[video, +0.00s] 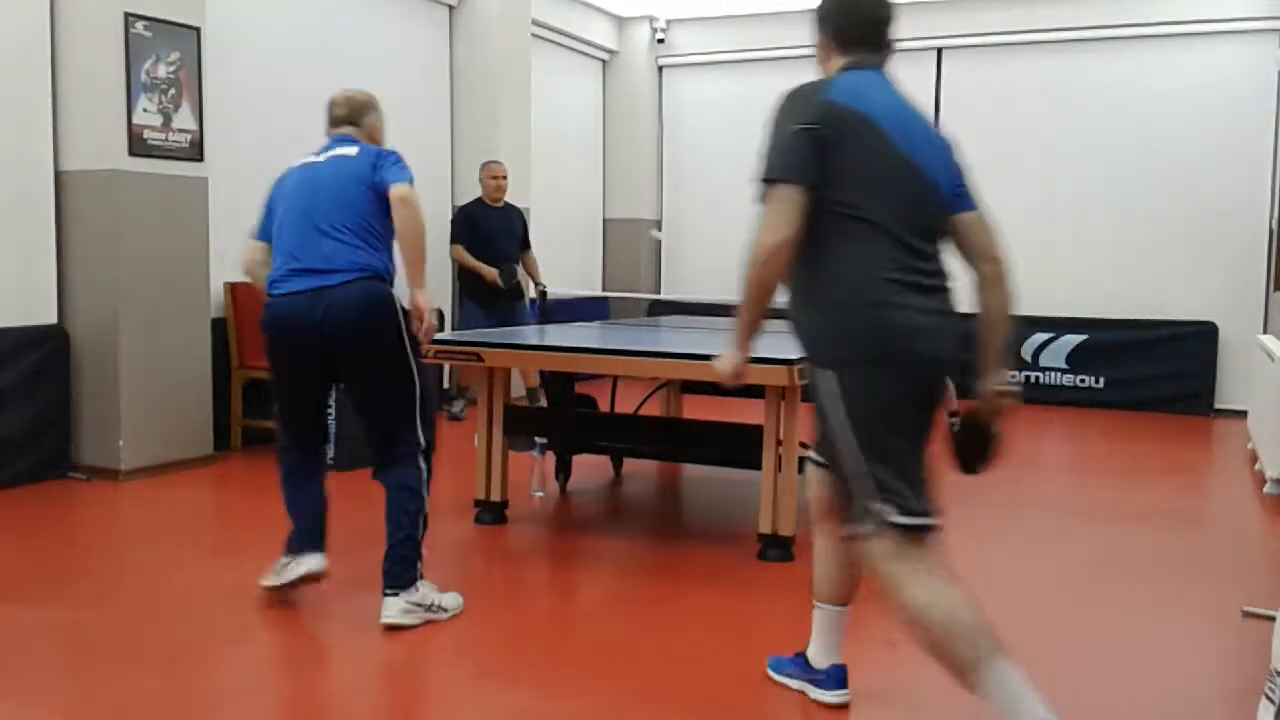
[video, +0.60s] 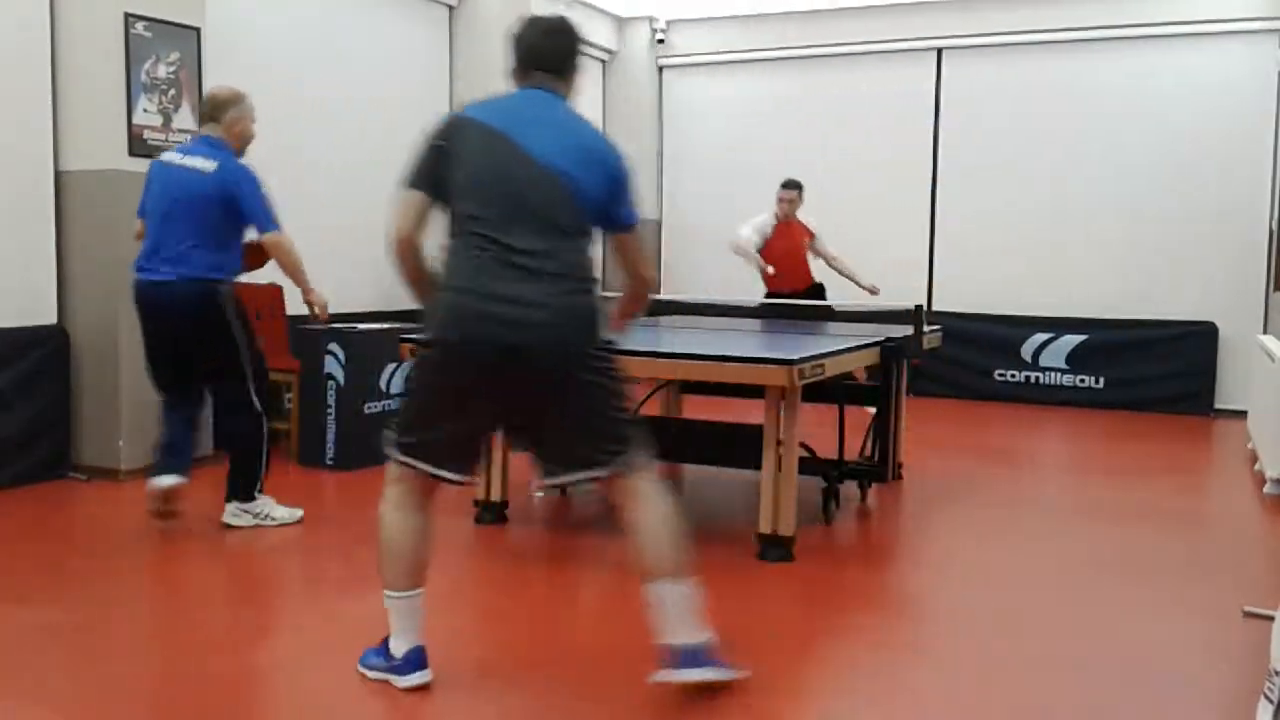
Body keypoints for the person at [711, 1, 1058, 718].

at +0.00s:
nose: (814, 50)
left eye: (816, 38)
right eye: (825, 37)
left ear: (823, 43)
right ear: (886, 46)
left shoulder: (810, 106)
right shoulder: (923, 129)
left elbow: (778, 239)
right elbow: (989, 260)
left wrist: (739, 345)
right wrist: (993, 377)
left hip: (855, 348)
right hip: (925, 344)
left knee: (892, 551)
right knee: (831, 493)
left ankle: (1028, 707)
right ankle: (822, 662)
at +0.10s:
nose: (773, 57)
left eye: (773, 46)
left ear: (777, 51)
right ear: (839, 55)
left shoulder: (757, 110)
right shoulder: (872, 133)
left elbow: (726, 231)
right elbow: (925, 259)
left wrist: (695, 340)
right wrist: (924, 361)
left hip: (804, 345)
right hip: (883, 343)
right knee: (833, 506)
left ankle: (932, 672)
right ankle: (823, 661)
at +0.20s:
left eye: (728, 61)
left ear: (729, 63)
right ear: (792, 66)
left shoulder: (710, 115)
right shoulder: (826, 138)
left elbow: (674, 232)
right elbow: (870, 266)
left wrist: (658, 338)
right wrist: (849, 345)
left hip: (752, 334)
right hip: (841, 338)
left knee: (678, 498)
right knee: (809, 493)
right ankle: (828, 664)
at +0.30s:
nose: (682, 87)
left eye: (680, 77)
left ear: (683, 79)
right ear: (743, 82)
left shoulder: (661, 134)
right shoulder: (778, 148)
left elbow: (624, 246)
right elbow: (818, 262)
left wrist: (610, 347)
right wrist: (782, 327)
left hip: (701, 340)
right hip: (794, 346)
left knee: (587, 472)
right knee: (788, 492)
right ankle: (823, 660)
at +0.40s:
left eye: (633, 84)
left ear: (630, 87)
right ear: (690, 90)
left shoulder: (606, 148)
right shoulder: (722, 156)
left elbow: (561, 259)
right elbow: (758, 270)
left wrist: (557, 349)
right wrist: (704, 308)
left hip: (635, 360)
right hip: (731, 364)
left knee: (516, 477)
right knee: (768, 498)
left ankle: (433, 636)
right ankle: (823, 657)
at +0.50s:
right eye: (625, 77)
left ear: (571, 78)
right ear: (631, 82)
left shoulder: (534, 142)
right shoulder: (658, 155)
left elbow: (478, 262)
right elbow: (704, 277)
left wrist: (513, 325)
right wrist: (659, 322)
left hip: (543, 359)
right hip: (642, 360)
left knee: (453, 484)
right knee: (716, 488)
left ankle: (410, 649)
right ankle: (801, 640)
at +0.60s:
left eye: (525, 60)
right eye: (566, 67)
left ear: (514, 66)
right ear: (575, 73)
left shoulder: (463, 127)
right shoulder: (596, 149)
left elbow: (402, 239)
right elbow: (640, 275)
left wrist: (439, 302)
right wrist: (626, 309)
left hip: (466, 339)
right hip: (562, 345)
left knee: (407, 479)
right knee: (635, 473)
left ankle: (404, 650)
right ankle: (686, 642)